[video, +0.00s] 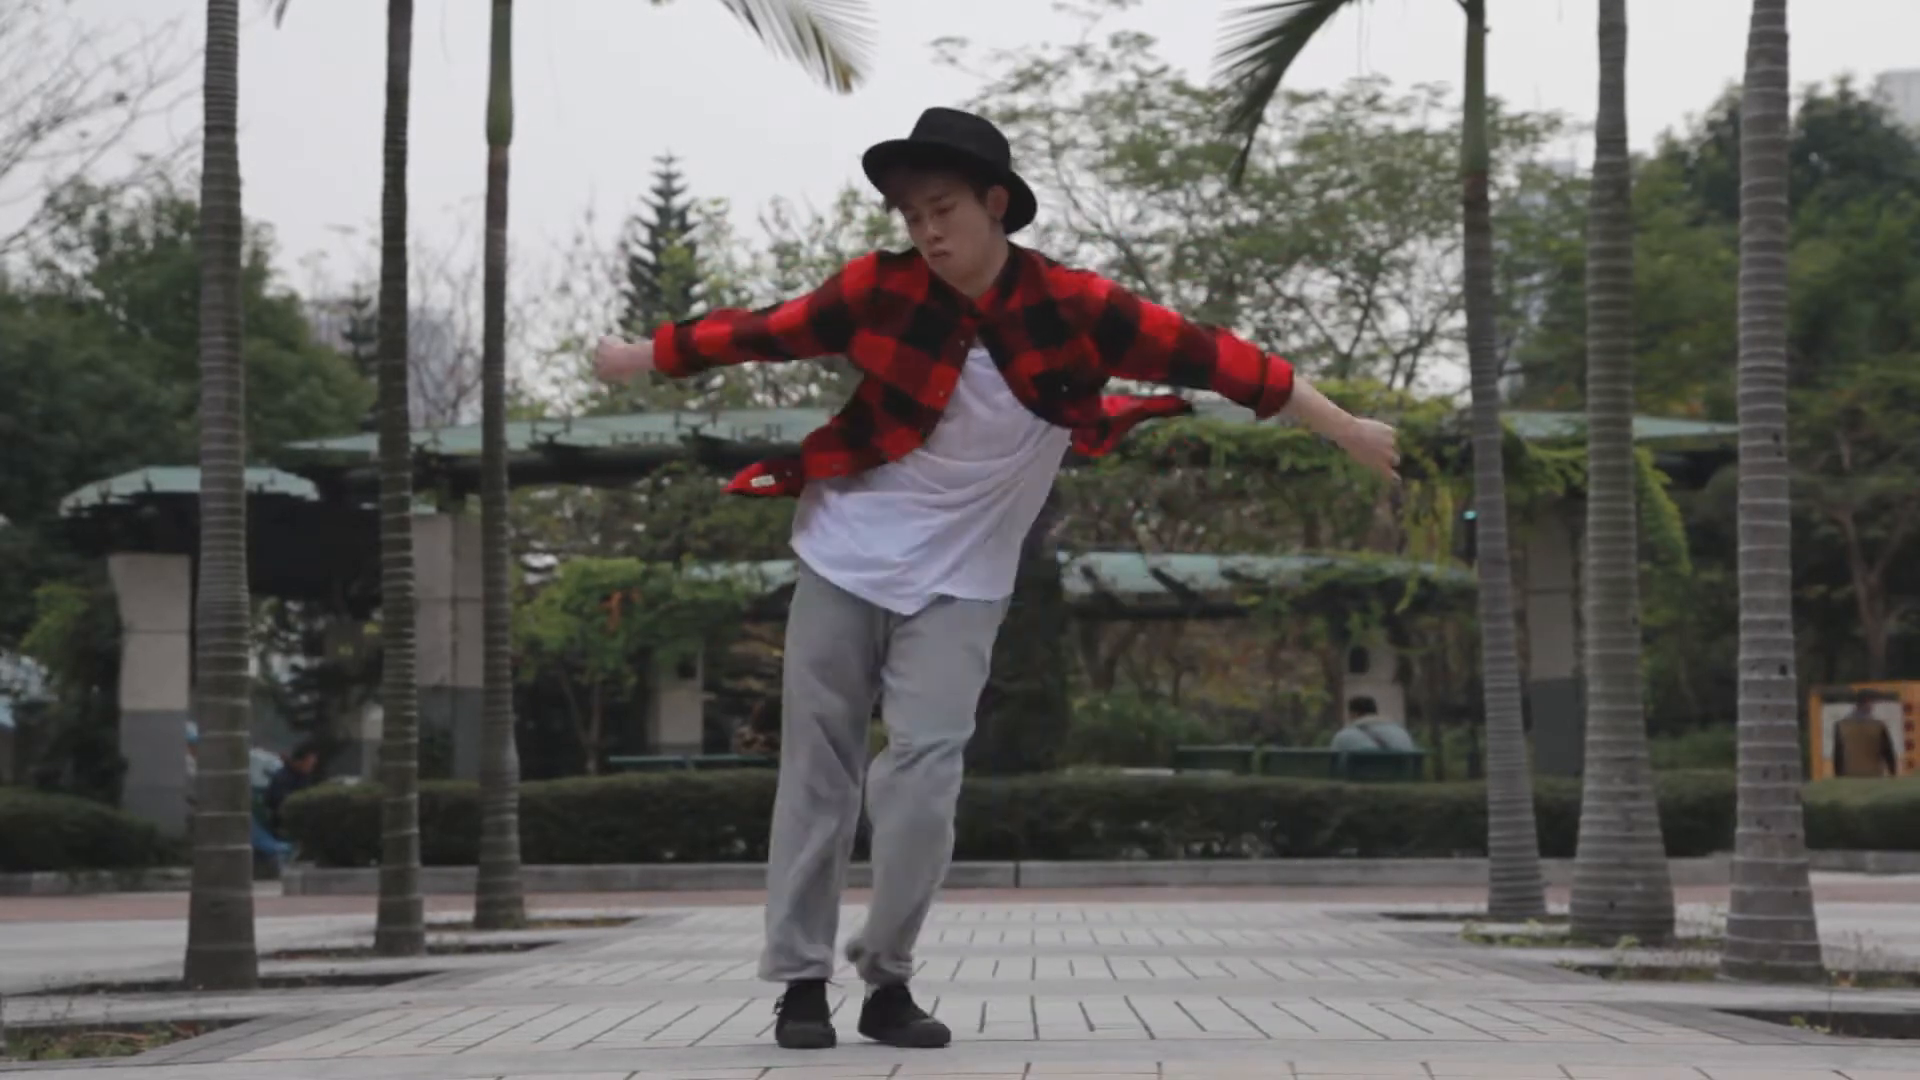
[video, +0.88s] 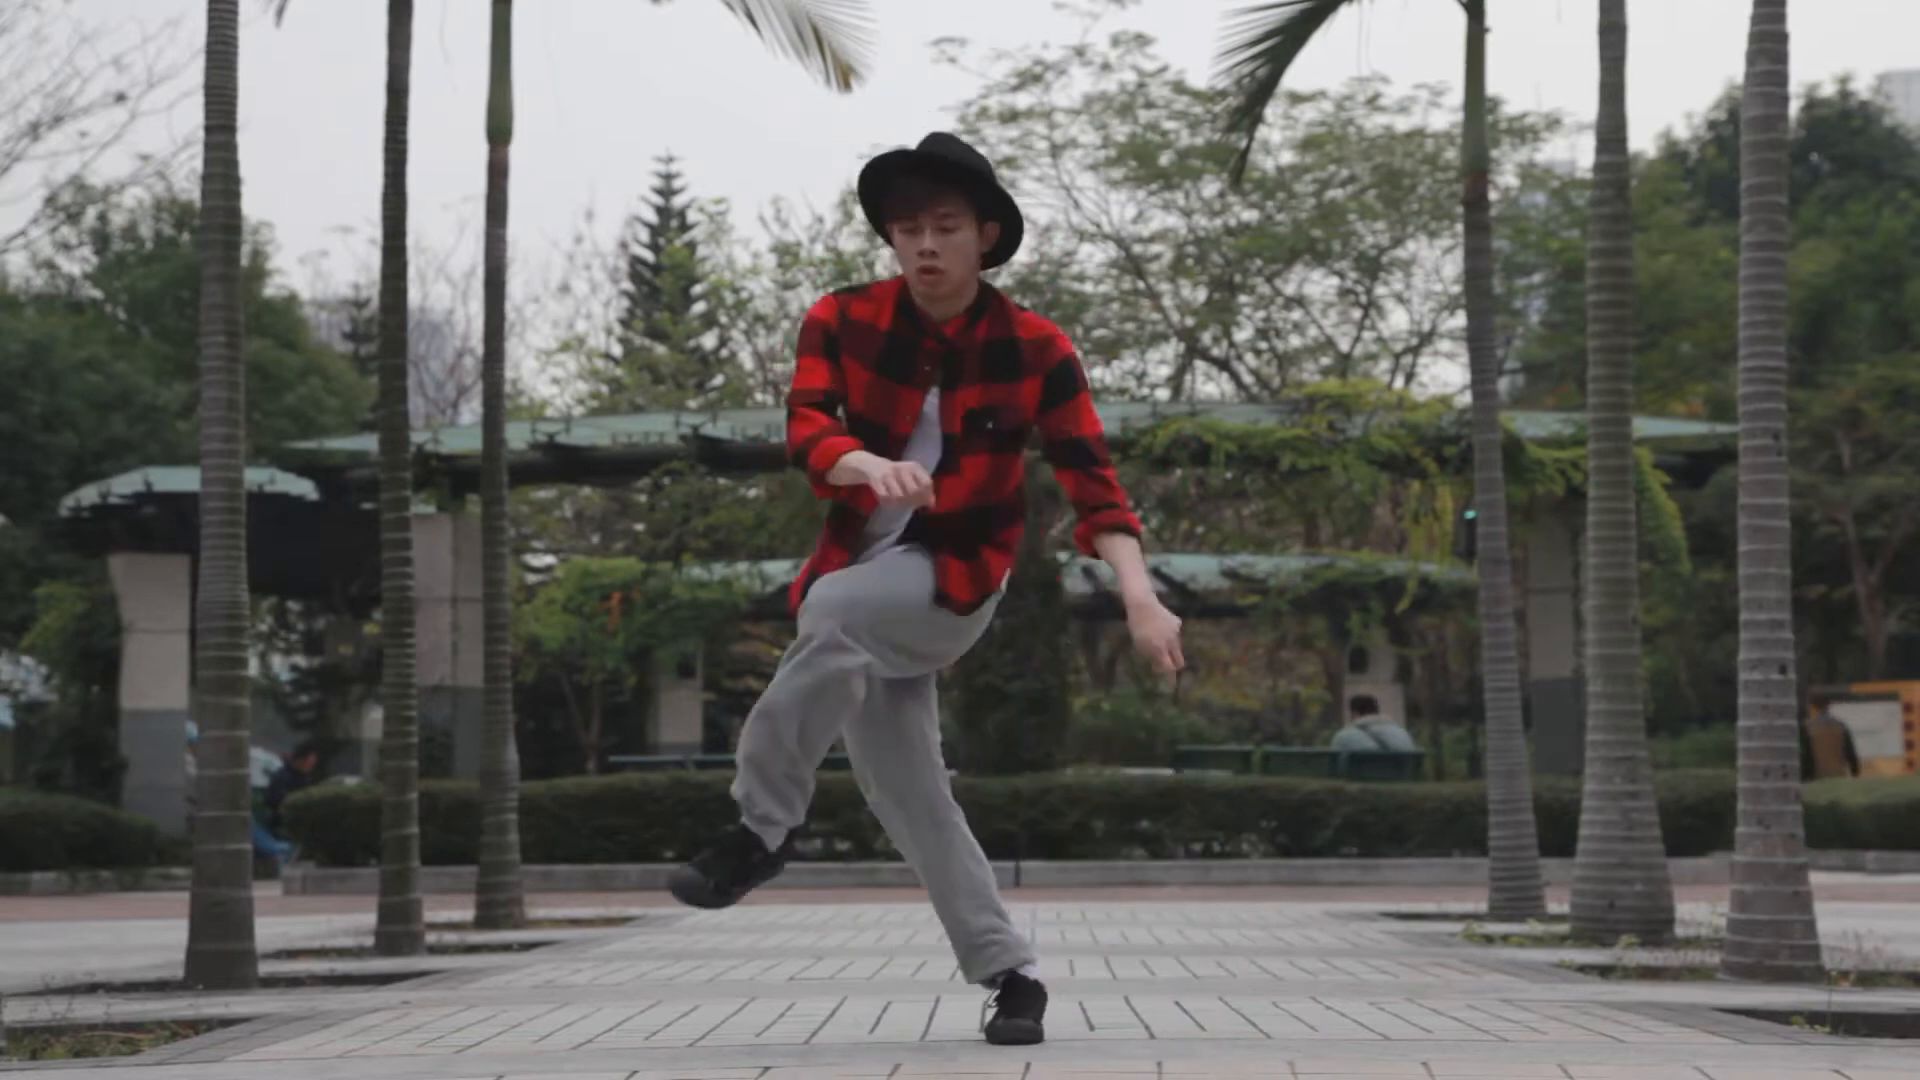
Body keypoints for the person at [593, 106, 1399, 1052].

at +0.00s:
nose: (927, 231)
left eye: (943, 208)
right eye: (912, 216)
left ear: (998, 202)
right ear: (903, 223)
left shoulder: (1072, 306)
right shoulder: (877, 290)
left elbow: (1207, 353)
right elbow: (766, 330)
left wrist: (1339, 423)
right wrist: (651, 354)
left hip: (964, 574)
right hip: (846, 550)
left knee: (930, 758)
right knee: (818, 762)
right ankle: (801, 983)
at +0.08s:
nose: (930, 230)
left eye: (948, 208)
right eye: (919, 214)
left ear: (1002, 208)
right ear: (909, 220)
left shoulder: (1067, 308)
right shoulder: (878, 293)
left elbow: (1197, 366)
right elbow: (772, 344)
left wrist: (1297, 467)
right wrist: (670, 381)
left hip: (954, 601)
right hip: (831, 577)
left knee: (952, 770)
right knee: (807, 776)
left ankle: (901, 965)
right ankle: (807, 980)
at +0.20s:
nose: (926, 199)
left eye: (945, 180)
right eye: (911, 182)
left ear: (994, 180)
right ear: (897, 185)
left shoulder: (1058, 268)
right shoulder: (866, 253)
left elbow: (1125, 356)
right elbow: (804, 350)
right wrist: (751, 452)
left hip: (989, 562)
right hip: (861, 559)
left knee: (1011, 746)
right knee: (836, 773)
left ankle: (993, 947)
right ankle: (857, 975)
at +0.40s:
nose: (910, 201)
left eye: (929, 184)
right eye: (892, 181)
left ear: (957, 185)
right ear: (862, 181)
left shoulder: (1007, 247)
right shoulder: (827, 292)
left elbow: (1062, 346)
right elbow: (820, 414)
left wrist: (1068, 368)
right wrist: (833, 471)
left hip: (1068, 531)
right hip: (948, 558)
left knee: (1092, 728)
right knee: (954, 748)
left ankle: (1069, 956)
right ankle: (956, 957)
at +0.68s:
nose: (929, 252)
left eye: (947, 234)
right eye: (909, 233)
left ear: (973, 239)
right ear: (876, 240)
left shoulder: (1030, 315)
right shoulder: (835, 339)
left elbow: (1106, 443)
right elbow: (775, 470)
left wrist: (1080, 428)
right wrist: (798, 438)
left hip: (1027, 545)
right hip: (919, 568)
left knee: (1007, 658)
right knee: (936, 763)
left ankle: (1029, 863)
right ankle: (999, 963)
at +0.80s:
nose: (922, 272)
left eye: (944, 252)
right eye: (905, 256)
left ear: (985, 263)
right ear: (885, 269)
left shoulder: (1037, 361)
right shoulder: (845, 354)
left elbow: (1112, 462)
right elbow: (782, 447)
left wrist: (1119, 535)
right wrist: (814, 462)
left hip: (988, 576)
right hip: (875, 585)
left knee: (895, 575)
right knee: (925, 789)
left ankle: (846, 792)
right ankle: (1010, 974)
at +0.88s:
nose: (925, 245)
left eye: (946, 226)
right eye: (907, 229)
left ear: (988, 238)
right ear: (889, 241)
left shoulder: (1035, 347)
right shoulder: (840, 321)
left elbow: (1092, 476)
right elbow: (807, 431)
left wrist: (1140, 597)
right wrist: (863, 464)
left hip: (956, 562)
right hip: (852, 560)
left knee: (832, 612)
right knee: (905, 784)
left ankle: (763, 820)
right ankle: (1008, 970)